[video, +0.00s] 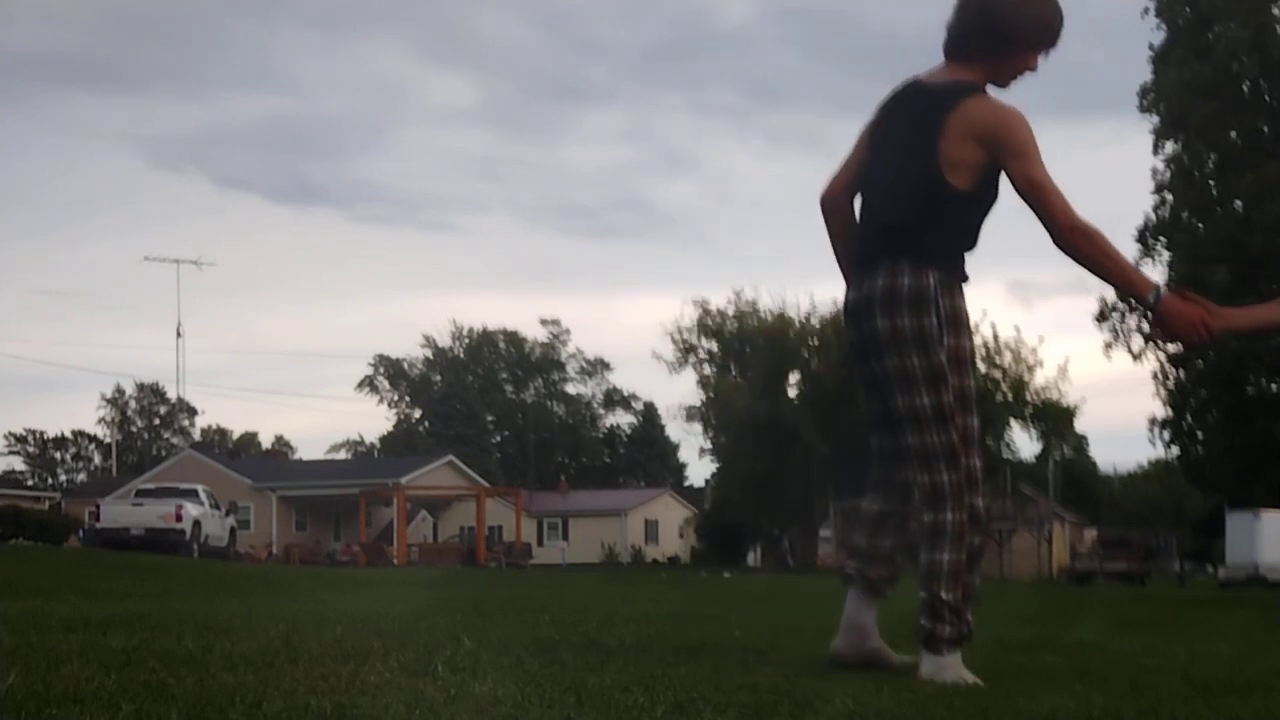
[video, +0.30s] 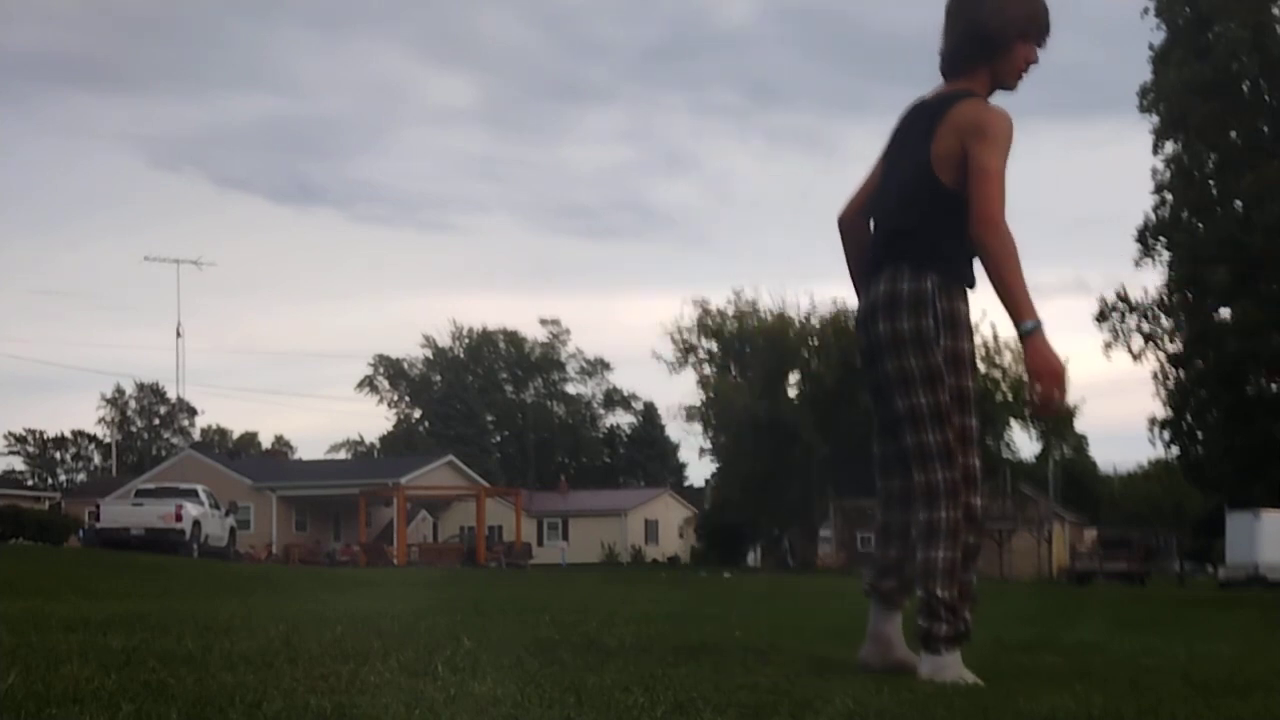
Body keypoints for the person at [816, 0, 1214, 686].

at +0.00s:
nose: (1036, 63)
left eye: (1041, 51)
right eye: (1037, 49)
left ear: (966, 33)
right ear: (1013, 45)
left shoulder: (902, 100)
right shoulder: (995, 118)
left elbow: (835, 199)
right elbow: (1066, 228)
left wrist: (864, 281)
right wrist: (1155, 297)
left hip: (870, 289)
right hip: (921, 290)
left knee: (897, 458)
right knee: (953, 468)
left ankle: (856, 624)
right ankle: (942, 656)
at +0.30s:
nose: (1036, 57)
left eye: (1039, 45)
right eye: (1032, 42)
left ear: (969, 42)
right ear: (1000, 41)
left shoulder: (918, 116)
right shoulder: (985, 118)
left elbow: (852, 219)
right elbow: (988, 228)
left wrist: (876, 307)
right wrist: (1033, 335)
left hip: (883, 297)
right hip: (928, 295)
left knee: (905, 469)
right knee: (953, 474)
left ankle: (883, 630)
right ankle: (942, 655)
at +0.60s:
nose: (998, 71)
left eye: (1000, 60)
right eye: (991, 57)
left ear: (956, 62)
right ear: (956, 57)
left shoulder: (940, 132)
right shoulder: (923, 121)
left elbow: (915, 245)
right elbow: (863, 202)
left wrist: (935, 342)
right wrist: (823, 297)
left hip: (905, 309)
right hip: (895, 307)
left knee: (906, 470)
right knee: (924, 471)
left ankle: (884, 632)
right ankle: (926, 642)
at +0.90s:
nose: (979, 76)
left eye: (981, 65)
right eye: (973, 63)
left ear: (941, 65)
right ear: (941, 60)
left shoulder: (922, 138)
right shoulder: (897, 123)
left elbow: (897, 252)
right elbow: (843, 218)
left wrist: (934, 328)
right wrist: (840, 322)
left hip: (907, 314)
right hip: (884, 310)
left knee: (898, 477)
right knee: (887, 475)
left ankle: (873, 634)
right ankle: (860, 639)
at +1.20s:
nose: (984, 70)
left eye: (986, 59)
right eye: (978, 56)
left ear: (949, 60)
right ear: (946, 55)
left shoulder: (925, 138)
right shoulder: (892, 115)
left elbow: (906, 245)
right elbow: (838, 206)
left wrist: (934, 325)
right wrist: (868, 292)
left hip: (910, 319)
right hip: (880, 314)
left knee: (902, 480)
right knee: (879, 477)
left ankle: (877, 634)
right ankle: (858, 642)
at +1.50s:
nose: (998, 69)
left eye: (1000, 58)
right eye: (992, 55)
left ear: (962, 56)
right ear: (960, 50)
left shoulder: (935, 135)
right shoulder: (905, 110)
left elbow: (914, 245)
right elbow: (853, 203)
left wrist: (939, 326)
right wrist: (893, 287)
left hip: (912, 316)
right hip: (884, 310)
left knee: (909, 475)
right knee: (886, 472)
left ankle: (880, 634)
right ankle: (857, 643)